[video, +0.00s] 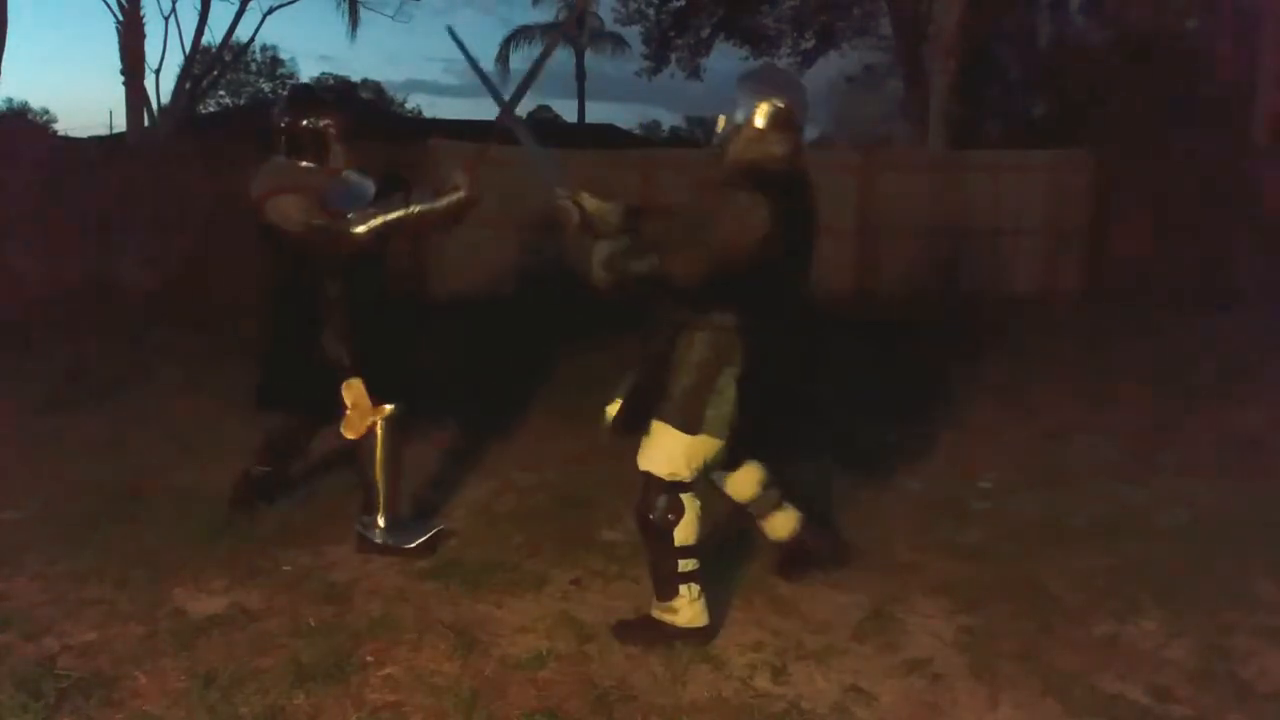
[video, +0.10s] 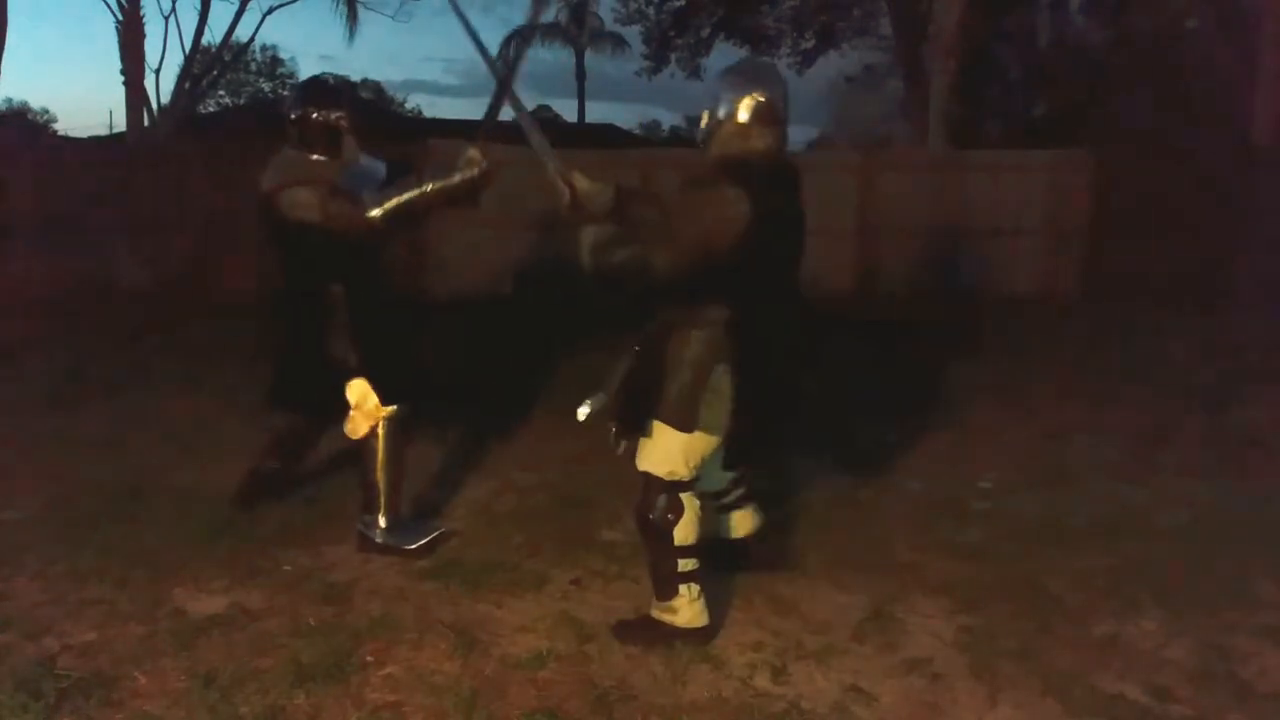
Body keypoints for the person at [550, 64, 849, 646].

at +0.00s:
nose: (743, 138)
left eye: (755, 126)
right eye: (745, 125)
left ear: (773, 132)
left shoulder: (763, 194)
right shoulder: (760, 182)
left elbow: (700, 262)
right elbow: (691, 227)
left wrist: (624, 260)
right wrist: (618, 219)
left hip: (722, 340)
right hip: (731, 332)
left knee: (665, 473)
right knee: (715, 449)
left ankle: (680, 611)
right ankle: (797, 537)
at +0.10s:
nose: (711, 132)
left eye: (719, 120)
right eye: (718, 120)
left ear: (733, 125)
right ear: (769, 129)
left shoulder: (736, 193)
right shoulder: (773, 183)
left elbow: (673, 257)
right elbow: (678, 212)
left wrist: (600, 239)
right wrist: (610, 198)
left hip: (710, 345)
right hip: (746, 337)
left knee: (661, 486)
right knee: (708, 442)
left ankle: (678, 612)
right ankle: (743, 526)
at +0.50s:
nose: (694, 125)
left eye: (705, 116)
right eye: (698, 116)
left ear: (729, 119)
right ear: (741, 119)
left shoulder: (733, 182)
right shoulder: (708, 169)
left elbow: (664, 237)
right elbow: (636, 158)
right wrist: (559, 135)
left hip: (702, 336)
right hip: (682, 331)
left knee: (665, 466)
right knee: (659, 456)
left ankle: (683, 606)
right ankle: (678, 596)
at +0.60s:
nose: (695, 134)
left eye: (704, 124)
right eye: (698, 124)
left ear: (729, 126)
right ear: (744, 126)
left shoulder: (733, 189)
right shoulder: (720, 178)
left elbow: (667, 235)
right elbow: (643, 168)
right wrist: (566, 150)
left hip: (699, 338)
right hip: (688, 333)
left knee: (665, 466)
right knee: (667, 461)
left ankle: (683, 604)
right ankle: (680, 596)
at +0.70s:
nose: (695, 128)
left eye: (705, 118)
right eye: (700, 117)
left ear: (728, 122)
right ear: (749, 124)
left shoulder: (727, 185)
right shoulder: (734, 179)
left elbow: (667, 238)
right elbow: (660, 208)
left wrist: (585, 208)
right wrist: (591, 190)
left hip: (699, 341)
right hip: (700, 337)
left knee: (667, 470)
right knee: (677, 465)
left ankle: (684, 603)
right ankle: (684, 595)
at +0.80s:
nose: (693, 130)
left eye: (703, 120)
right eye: (698, 120)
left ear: (727, 123)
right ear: (747, 124)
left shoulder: (728, 189)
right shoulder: (738, 182)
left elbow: (672, 239)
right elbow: (662, 212)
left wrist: (598, 226)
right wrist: (595, 204)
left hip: (700, 344)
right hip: (703, 339)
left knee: (664, 469)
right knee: (672, 466)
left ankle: (683, 604)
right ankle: (682, 598)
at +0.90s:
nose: (693, 125)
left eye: (702, 115)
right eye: (698, 115)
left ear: (722, 119)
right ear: (751, 122)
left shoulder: (725, 185)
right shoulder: (746, 179)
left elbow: (673, 244)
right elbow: (671, 226)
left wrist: (597, 238)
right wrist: (602, 224)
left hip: (698, 345)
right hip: (711, 340)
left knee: (659, 475)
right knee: (673, 470)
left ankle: (682, 609)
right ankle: (684, 603)